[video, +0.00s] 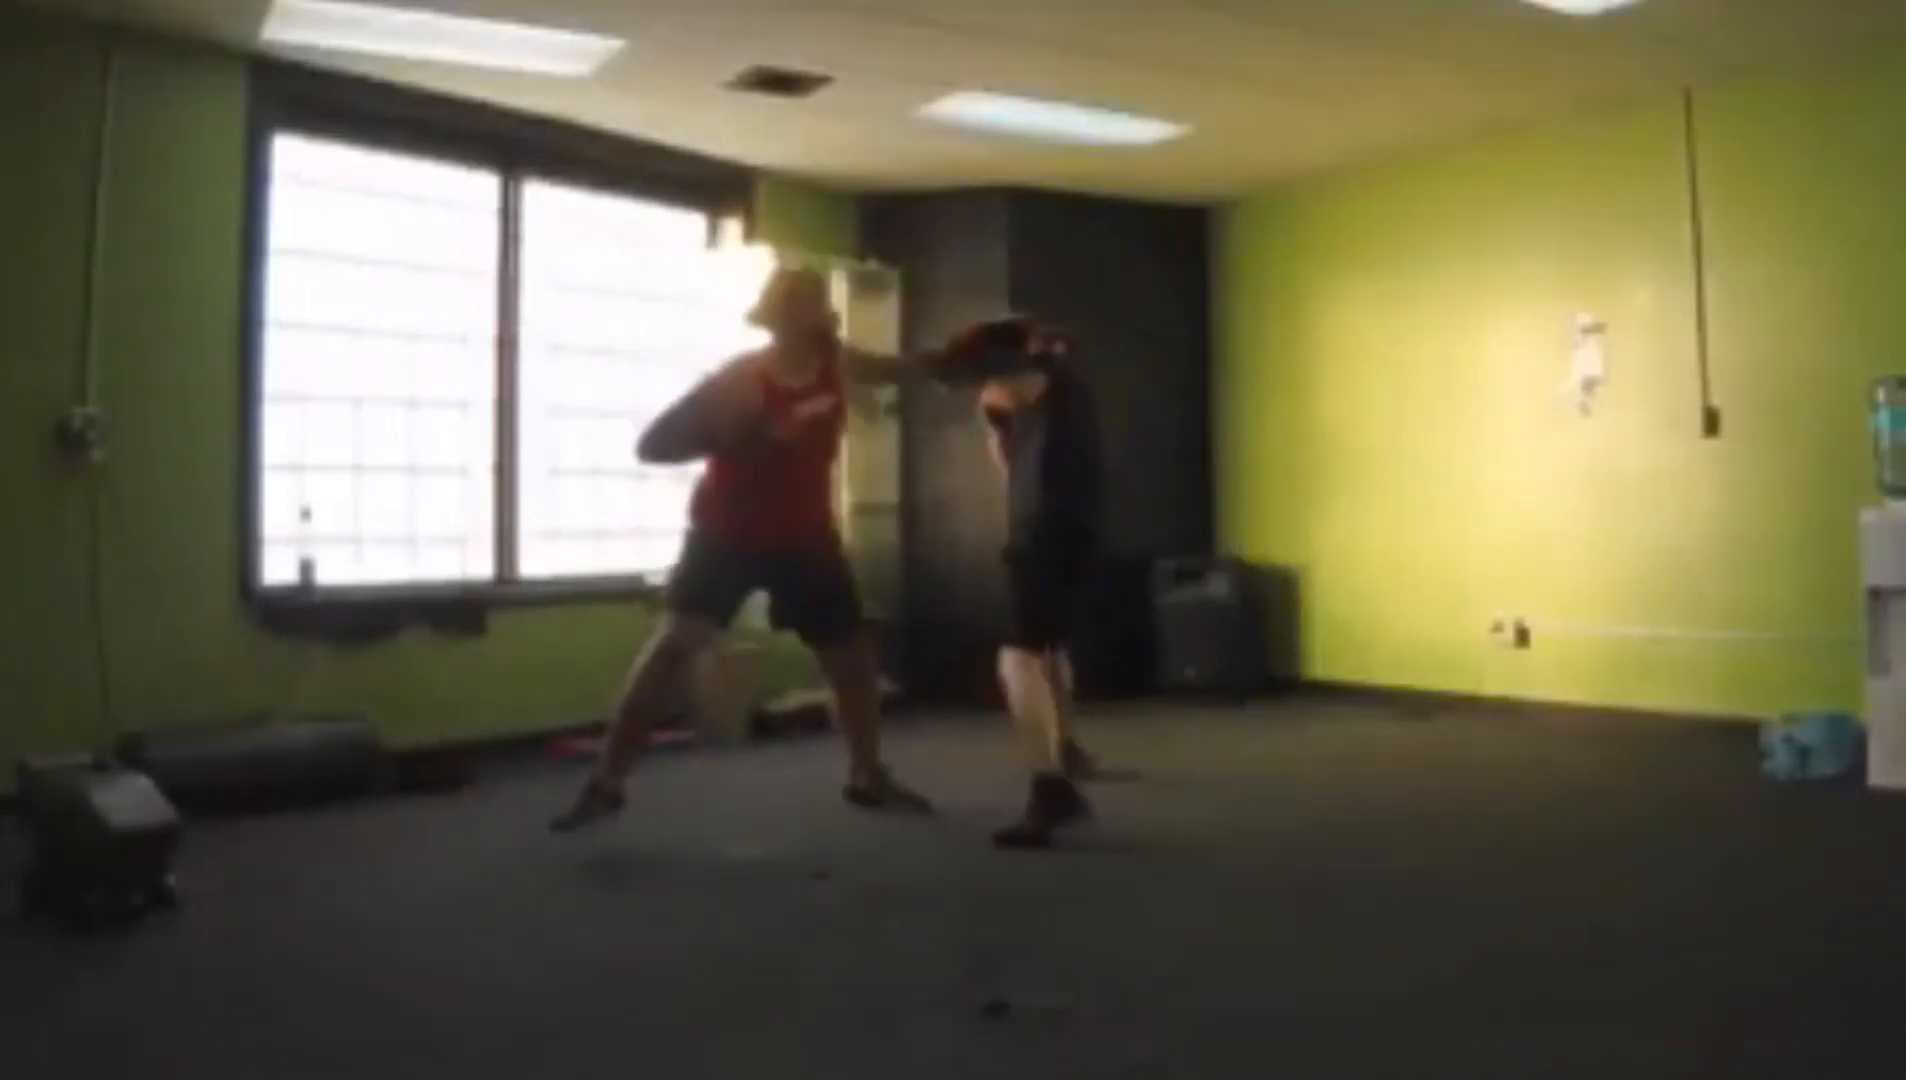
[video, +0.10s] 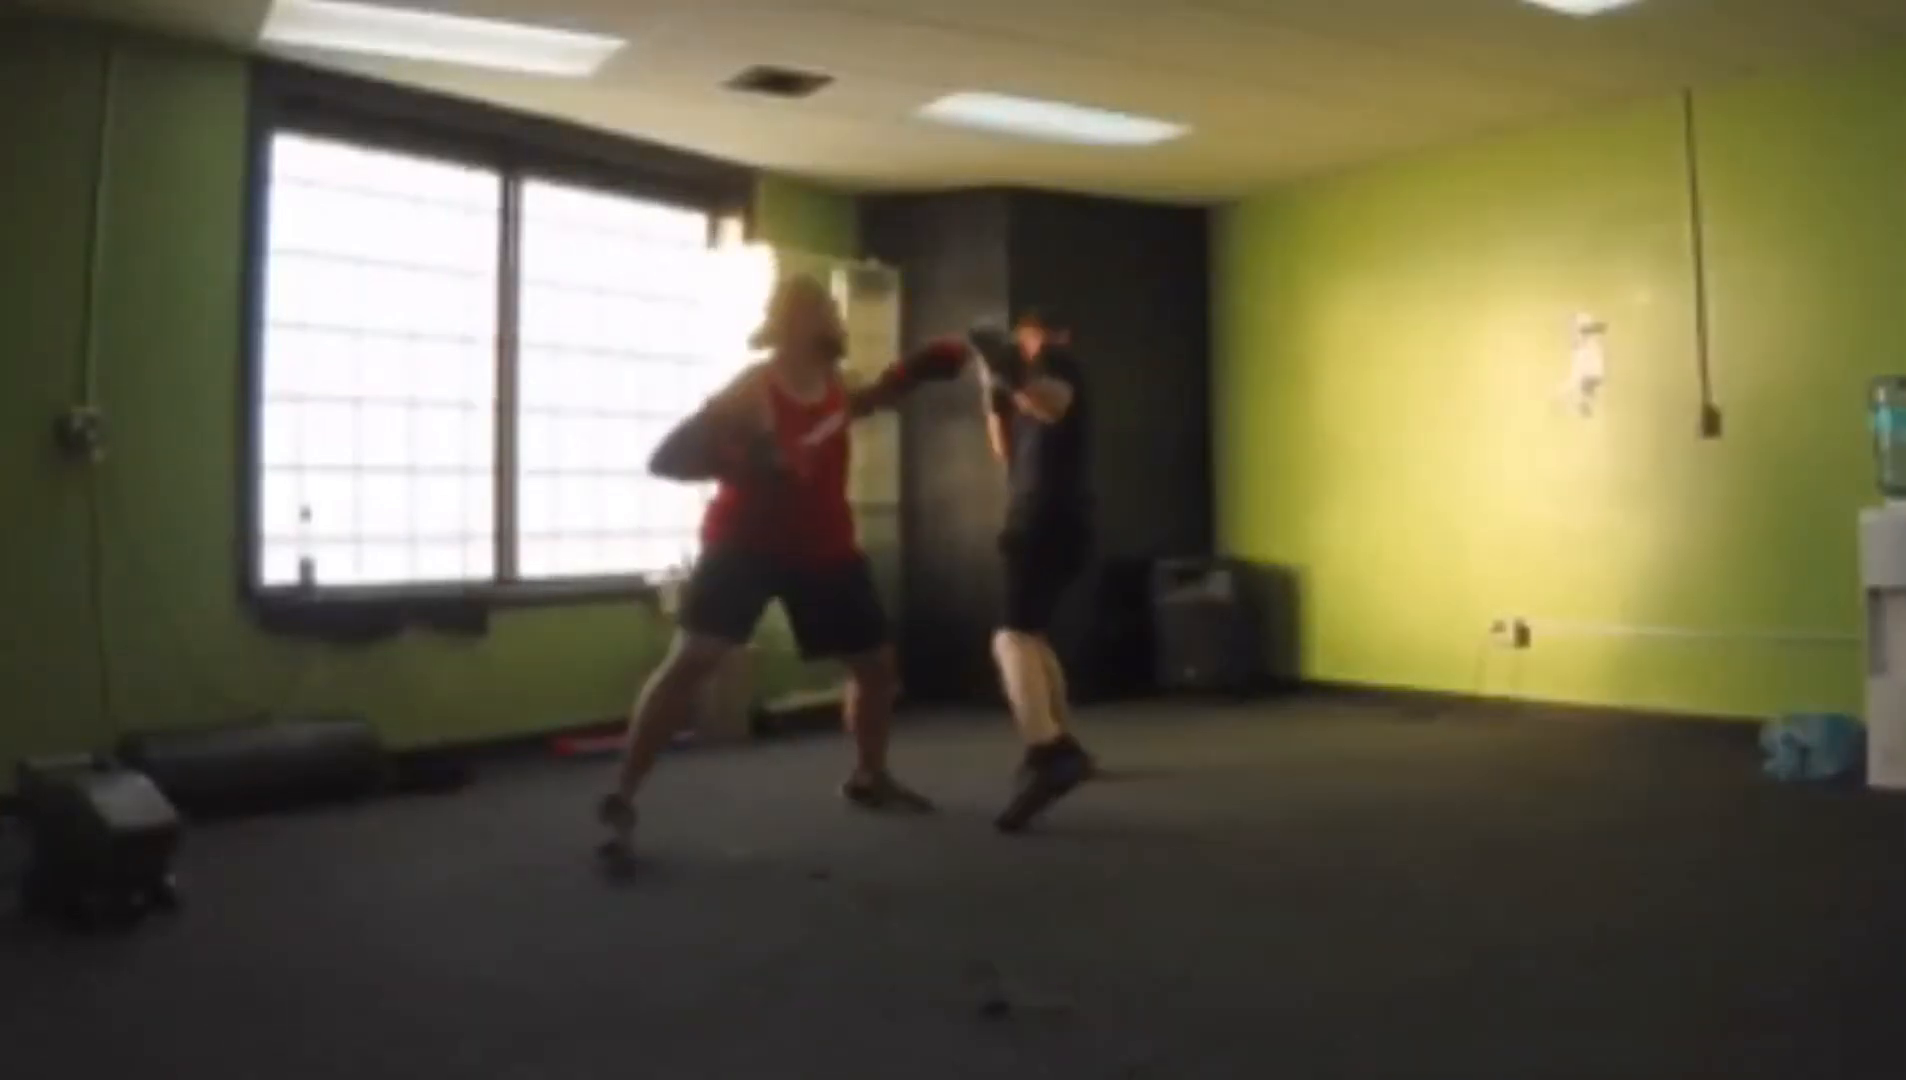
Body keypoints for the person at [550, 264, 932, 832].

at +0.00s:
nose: (816, 320)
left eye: (819, 307)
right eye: (803, 308)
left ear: (827, 314)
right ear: (777, 318)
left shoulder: (835, 366)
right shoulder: (742, 380)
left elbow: (895, 371)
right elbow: (654, 445)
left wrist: (948, 363)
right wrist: (732, 437)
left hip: (806, 540)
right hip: (726, 540)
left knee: (850, 654)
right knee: (673, 649)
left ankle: (867, 778)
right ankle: (607, 781)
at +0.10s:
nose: (824, 323)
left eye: (826, 311)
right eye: (809, 312)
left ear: (833, 324)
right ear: (782, 325)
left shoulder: (837, 390)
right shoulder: (753, 392)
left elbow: (876, 397)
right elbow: (669, 459)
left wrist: (924, 367)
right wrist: (746, 463)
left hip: (824, 551)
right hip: (747, 550)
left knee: (874, 665)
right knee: (691, 663)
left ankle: (870, 777)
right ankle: (624, 794)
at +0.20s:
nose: (820, 334)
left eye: (824, 322)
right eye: (807, 322)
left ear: (827, 331)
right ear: (780, 328)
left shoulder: (823, 397)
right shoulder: (744, 391)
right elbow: (692, 480)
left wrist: (869, 418)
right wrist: (765, 473)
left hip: (813, 553)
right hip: (739, 554)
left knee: (869, 668)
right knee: (706, 671)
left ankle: (869, 776)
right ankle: (649, 812)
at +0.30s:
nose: (816, 316)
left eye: (817, 303)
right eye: (805, 303)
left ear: (808, 311)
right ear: (777, 307)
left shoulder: (809, 384)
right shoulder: (731, 378)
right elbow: (734, 472)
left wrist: (861, 400)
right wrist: (812, 423)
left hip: (792, 542)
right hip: (723, 547)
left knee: (844, 645)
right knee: (705, 673)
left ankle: (860, 766)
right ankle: (647, 813)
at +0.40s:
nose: (803, 303)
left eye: (804, 291)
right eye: (795, 290)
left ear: (797, 297)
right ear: (774, 292)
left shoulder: (798, 362)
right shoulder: (734, 358)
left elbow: (803, 425)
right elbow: (771, 442)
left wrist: (849, 375)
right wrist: (826, 391)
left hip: (786, 536)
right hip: (726, 540)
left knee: (839, 639)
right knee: (721, 662)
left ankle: (823, 773)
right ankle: (647, 807)